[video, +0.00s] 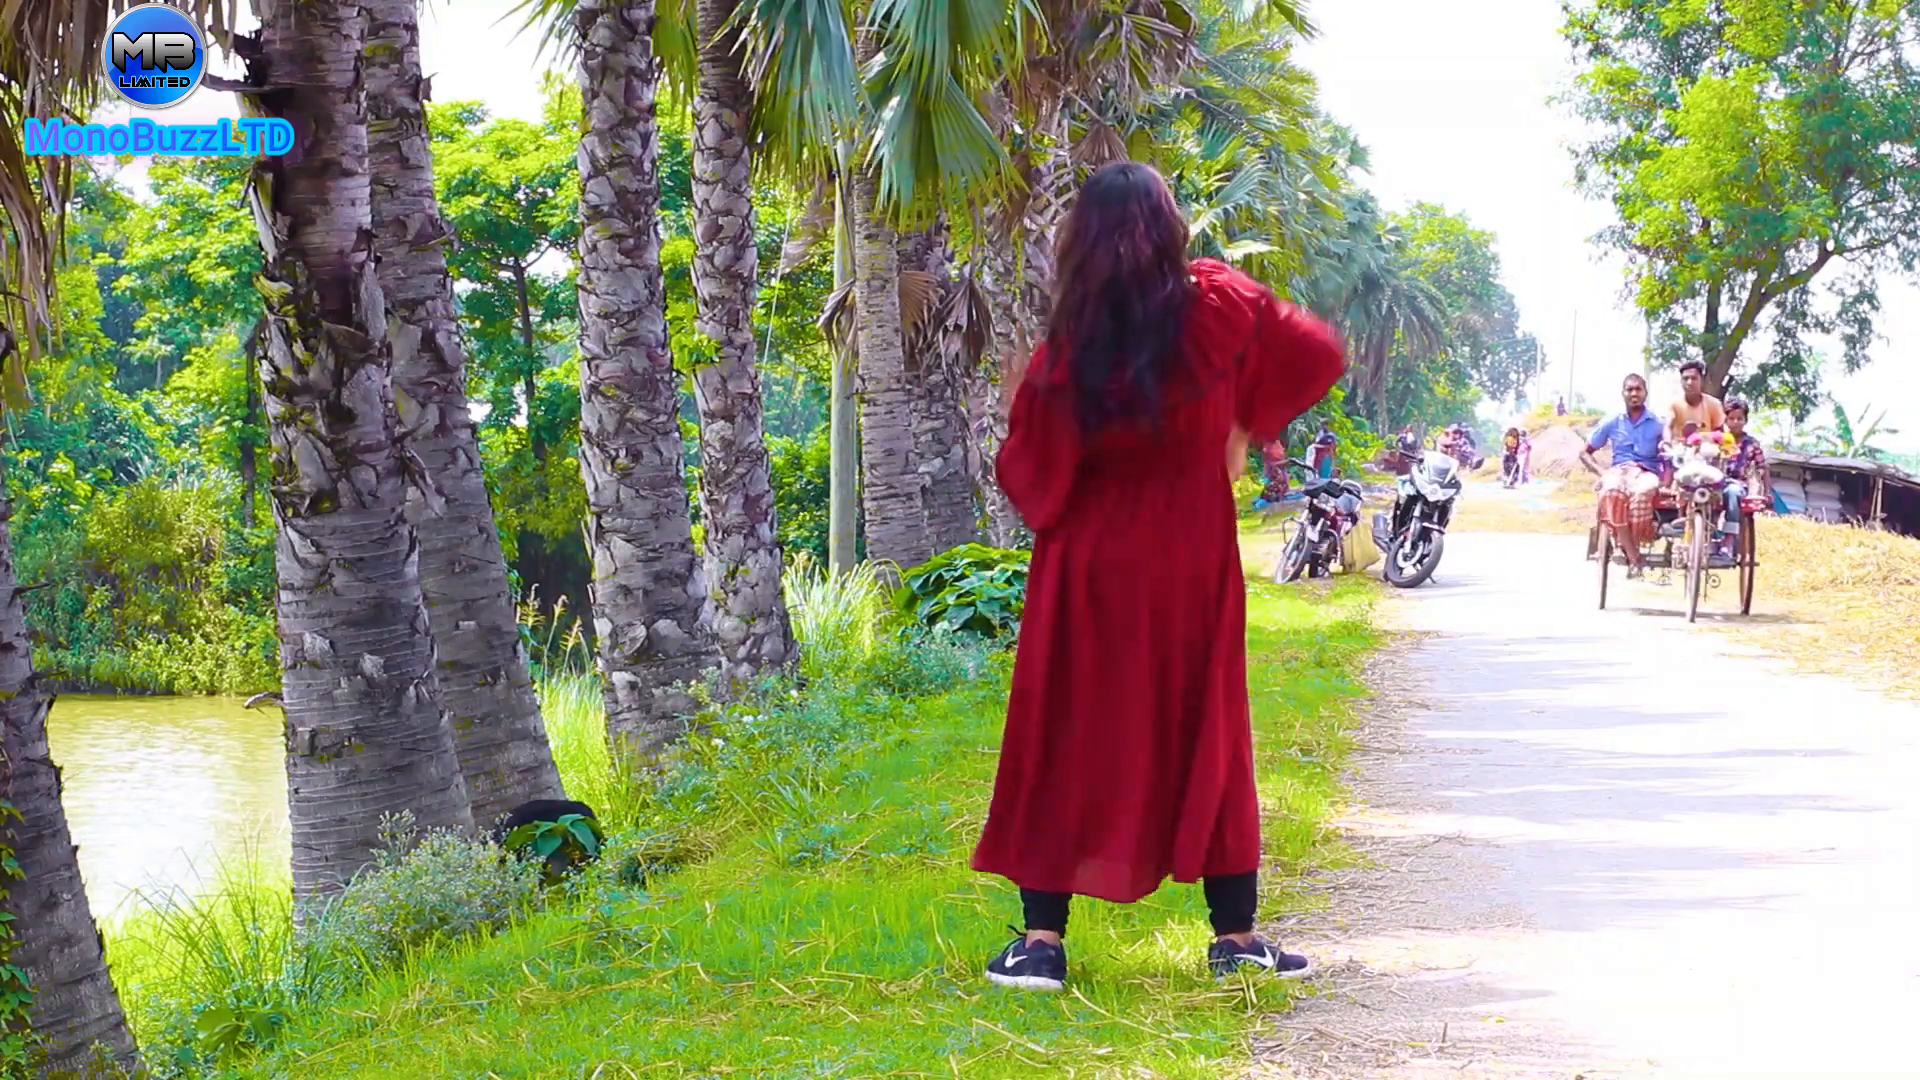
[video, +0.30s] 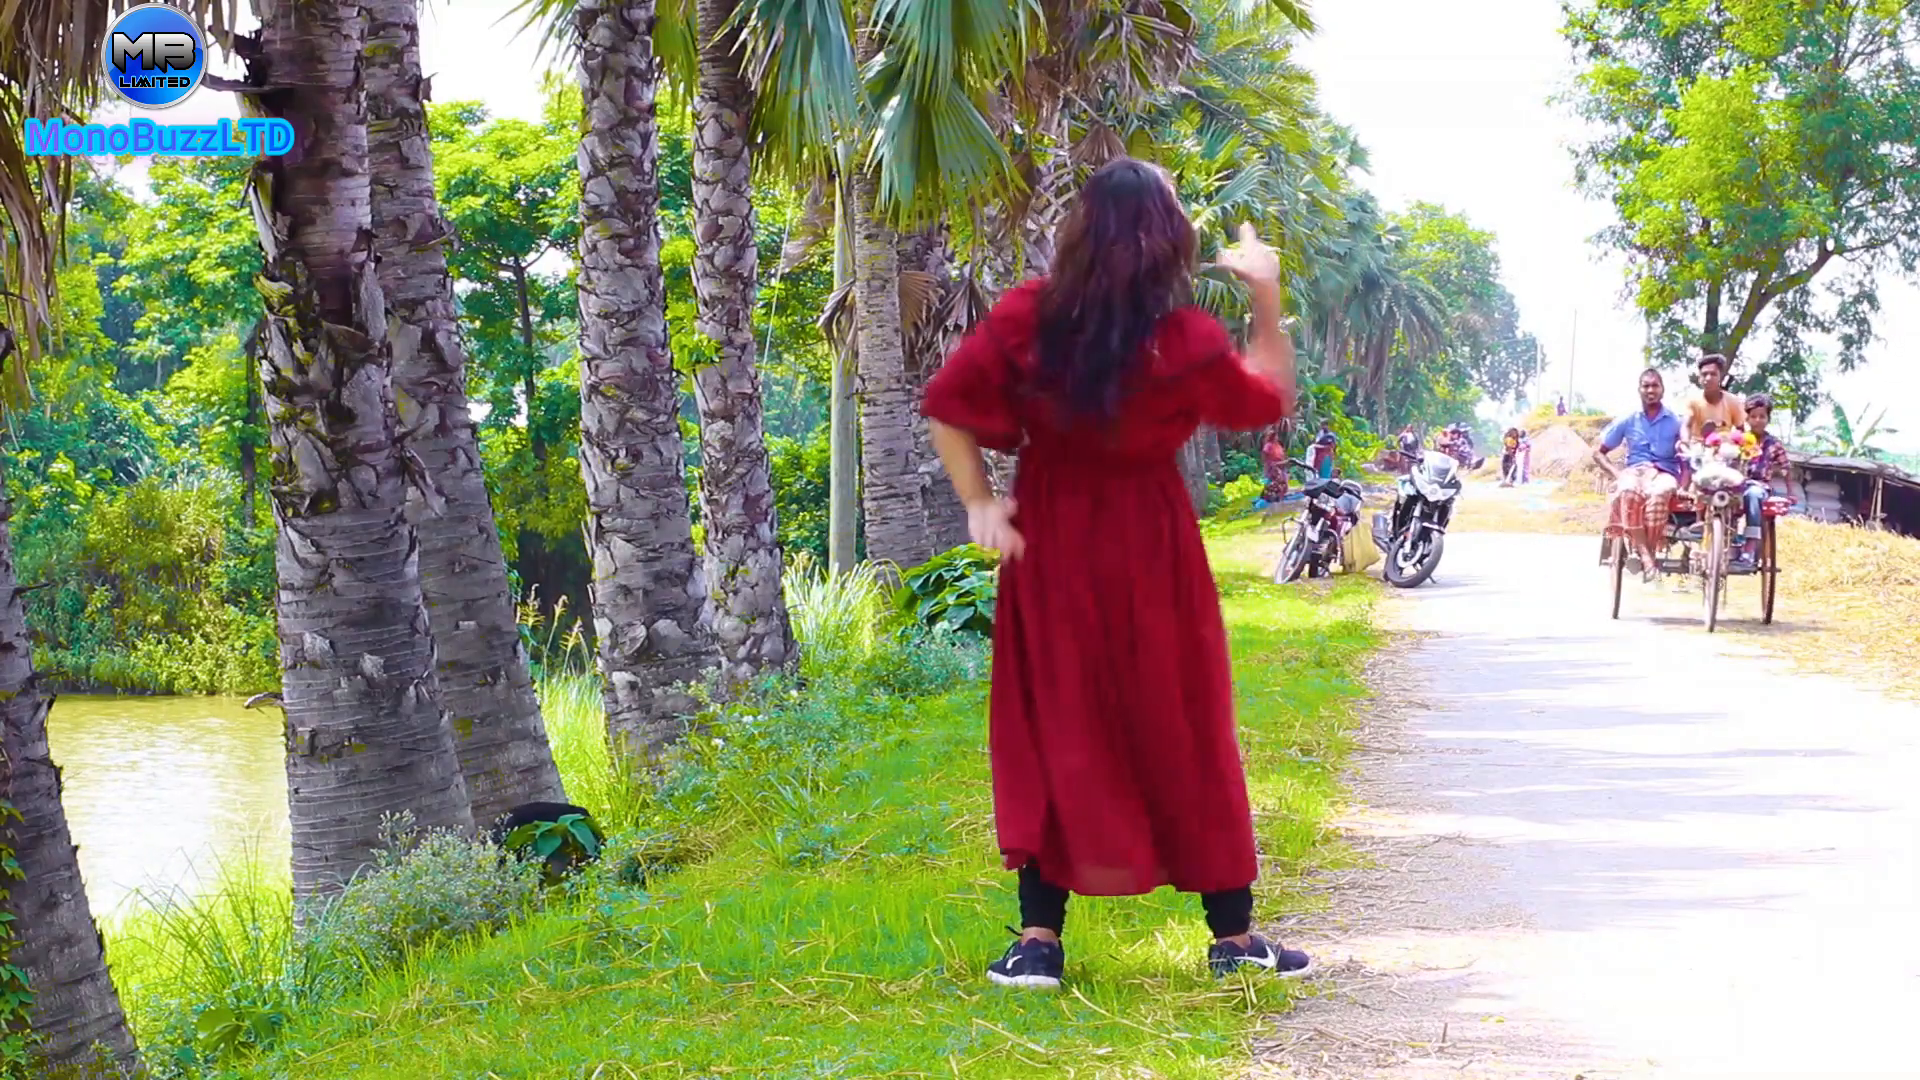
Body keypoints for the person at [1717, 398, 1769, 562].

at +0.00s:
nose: (1735, 423)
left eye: (1740, 419)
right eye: (1731, 418)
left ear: (1746, 421)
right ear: (1725, 420)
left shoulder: (1751, 443)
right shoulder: (1718, 439)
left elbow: (1763, 468)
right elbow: (1707, 462)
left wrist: (1767, 493)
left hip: (1737, 480)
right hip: (1715, 479)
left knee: (1732, 492)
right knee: (1700, 492)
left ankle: (1728, 542)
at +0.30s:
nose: (1757, 421)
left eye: (1762, 416)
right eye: (1753, 416)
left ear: (1768, 419)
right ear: (1747, 418)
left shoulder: (1773, 444)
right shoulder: (1739, 438)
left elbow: (1786, 469)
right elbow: (1725, 459)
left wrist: (1789, 493)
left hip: (1759, 482)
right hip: (1735, 480)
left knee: (1752, 495)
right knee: (1718, 494)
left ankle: (1750, 546)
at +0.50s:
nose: (1773, 419)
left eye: (1778, 415)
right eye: (1769, 414)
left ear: (1784, 418)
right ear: (1762, 416)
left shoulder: (1789, 443)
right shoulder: (1753, 437)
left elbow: (1801, 469)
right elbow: (1739, 460)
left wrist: (1805, 495)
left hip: (1772, 483)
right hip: (1749, 482)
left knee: (1766, 495)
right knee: (1731, 495)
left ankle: (1763, 549)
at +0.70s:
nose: (1788, 418)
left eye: (1793, 413)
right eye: (1784, 413)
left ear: (1801, 416)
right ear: (1777, 415)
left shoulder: (1806, 442)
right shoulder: (1769, 437)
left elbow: (1819, 471)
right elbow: (1757, 462)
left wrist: (1824, 497)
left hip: (1792, 483)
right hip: (1766, 482)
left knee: (1785, 496)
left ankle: (1779, 553)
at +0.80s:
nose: (1797, 416)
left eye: (1801, 411)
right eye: (1792, 411)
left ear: (1809, 413)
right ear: (1786, 414)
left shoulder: (1816, 441)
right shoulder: (1777, 436)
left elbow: (1829, 471)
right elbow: (1764, 462)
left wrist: (1834, 498)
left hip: (1799, 483)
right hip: (1774, 482)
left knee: (1794, 496)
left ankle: (1789, 553)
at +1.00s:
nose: (1815, 414)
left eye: (1820, 409)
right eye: (1810, 409)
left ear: (1827, 412)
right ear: (1803, 411)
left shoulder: (1833, 440)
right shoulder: (1793, 433)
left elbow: (1847, 470)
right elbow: (1778, 459)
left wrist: (1852, 498)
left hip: (1818, 483)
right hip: (1790, 481)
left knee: (1810, 497)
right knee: (1770, 497)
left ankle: (1805, 561)